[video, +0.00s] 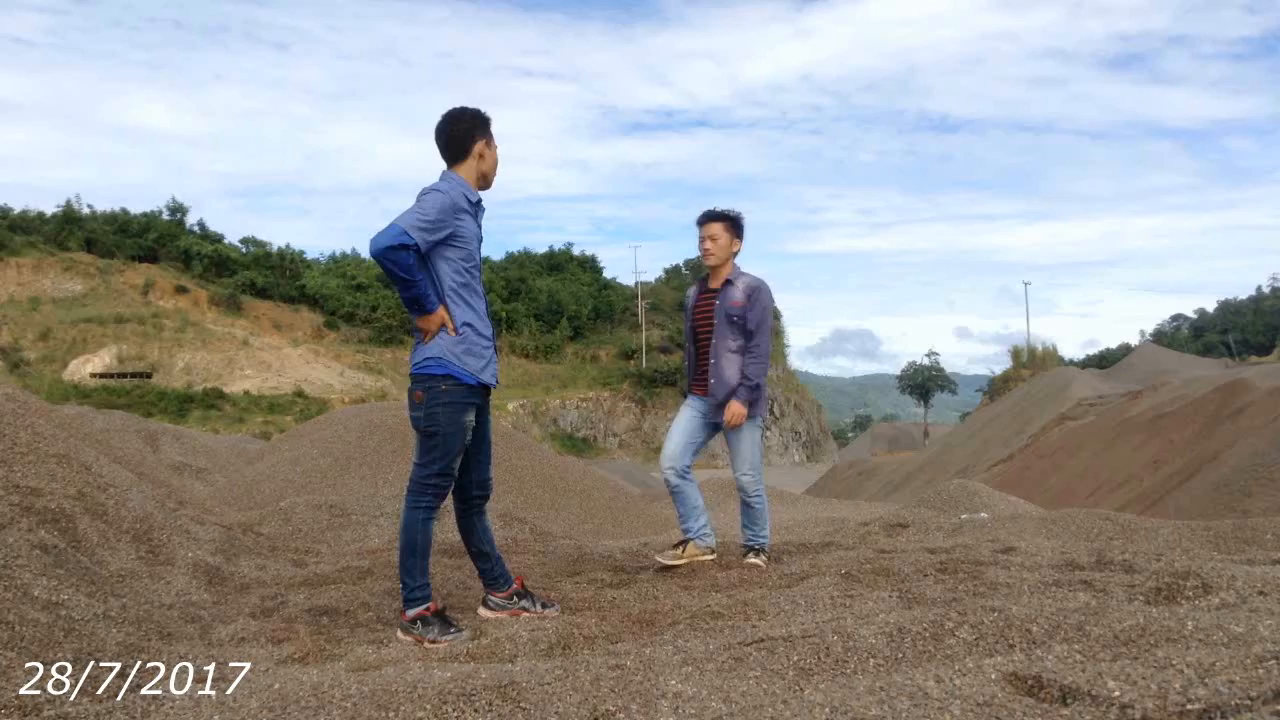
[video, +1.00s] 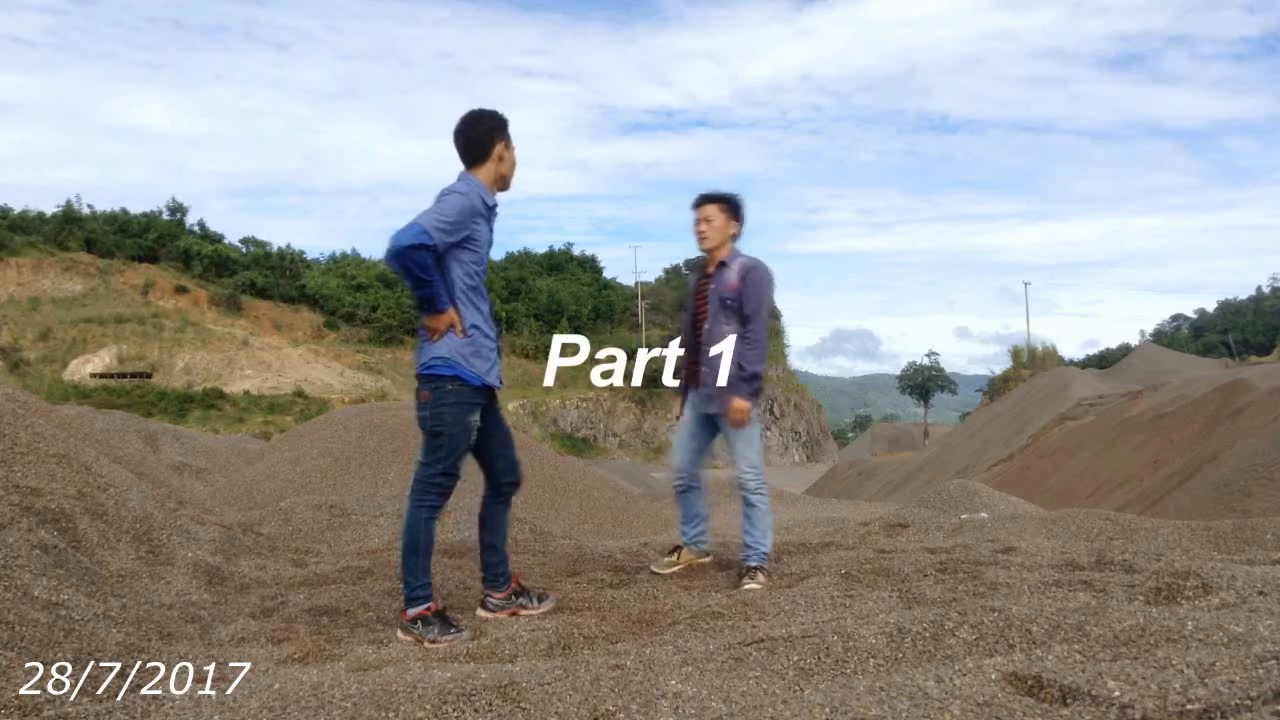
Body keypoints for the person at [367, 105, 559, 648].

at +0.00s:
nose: (497, 156)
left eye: (494, 146)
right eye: (494, 146)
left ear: (459, 150)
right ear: (480, 148)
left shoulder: (463, 204)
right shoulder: (446, 197)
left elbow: (416, 257)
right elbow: (389, 245)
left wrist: (448, 309)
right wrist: (426, 308)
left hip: (470, 375)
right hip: (444, 374)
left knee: (473, 495)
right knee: (428, 494)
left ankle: (501, 590)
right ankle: (417, 608)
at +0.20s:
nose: (499, 156)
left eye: (496, 146)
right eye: (496, 146)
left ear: (459, 150)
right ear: (483, 147)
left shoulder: (464, 203)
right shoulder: (448, 196)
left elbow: (415, 257)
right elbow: (391, 247)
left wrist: (450, 310)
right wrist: (427, 309)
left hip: (471, 375)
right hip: (445, 374)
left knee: (474, 495)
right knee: (428, 495)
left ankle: (501, 590)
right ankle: (417, 609)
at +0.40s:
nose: (501, 156)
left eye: (498, 145)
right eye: (498, 145)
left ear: (461, 150)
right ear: (485, 147)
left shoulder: (465, 205)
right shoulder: (449, 198)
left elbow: (415, 258)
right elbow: (392, 248)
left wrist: (451, 311)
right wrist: (430, 309)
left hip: (472, 375)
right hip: (447, 374)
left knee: (474, 494)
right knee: (429, 493)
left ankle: (501, 590)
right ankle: (418, 609)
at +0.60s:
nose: (504, 155)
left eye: (501, 144)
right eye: (500, 144)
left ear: (465, 149)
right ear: (487, 147)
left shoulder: (467, 204)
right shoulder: (452, 197)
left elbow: (420, 259)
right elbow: (395, 247)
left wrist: (454, 312)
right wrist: (432, 309)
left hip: (473, 375)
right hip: (448, 374)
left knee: (475, 493)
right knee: (431, 492)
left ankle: (501, 590)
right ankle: (417, 608)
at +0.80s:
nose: (508, 157)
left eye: (506, 147)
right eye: (505, 147)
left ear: (468, 150)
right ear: (491, 149)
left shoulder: (469, 203)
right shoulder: (455, 197)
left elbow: (420, 256)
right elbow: (397, 245)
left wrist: (451, 310)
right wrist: (431, 308)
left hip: (471, 377)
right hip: (448, 376)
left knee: (489, 482)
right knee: (431, 490)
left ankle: (501, 590)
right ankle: (418, 608)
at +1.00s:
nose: (516, 158)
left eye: (514, 148)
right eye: (513, 148)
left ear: (475, 153)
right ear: (500, 152)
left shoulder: (474, 205)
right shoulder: (463, 199)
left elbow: (405, 254)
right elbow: (406, 247)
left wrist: (447, 308)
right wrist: (438, 307)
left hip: (474, 378)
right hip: (450, 376)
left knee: (504, 477)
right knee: (431, 490)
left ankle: (499, 591)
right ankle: (418, 609)